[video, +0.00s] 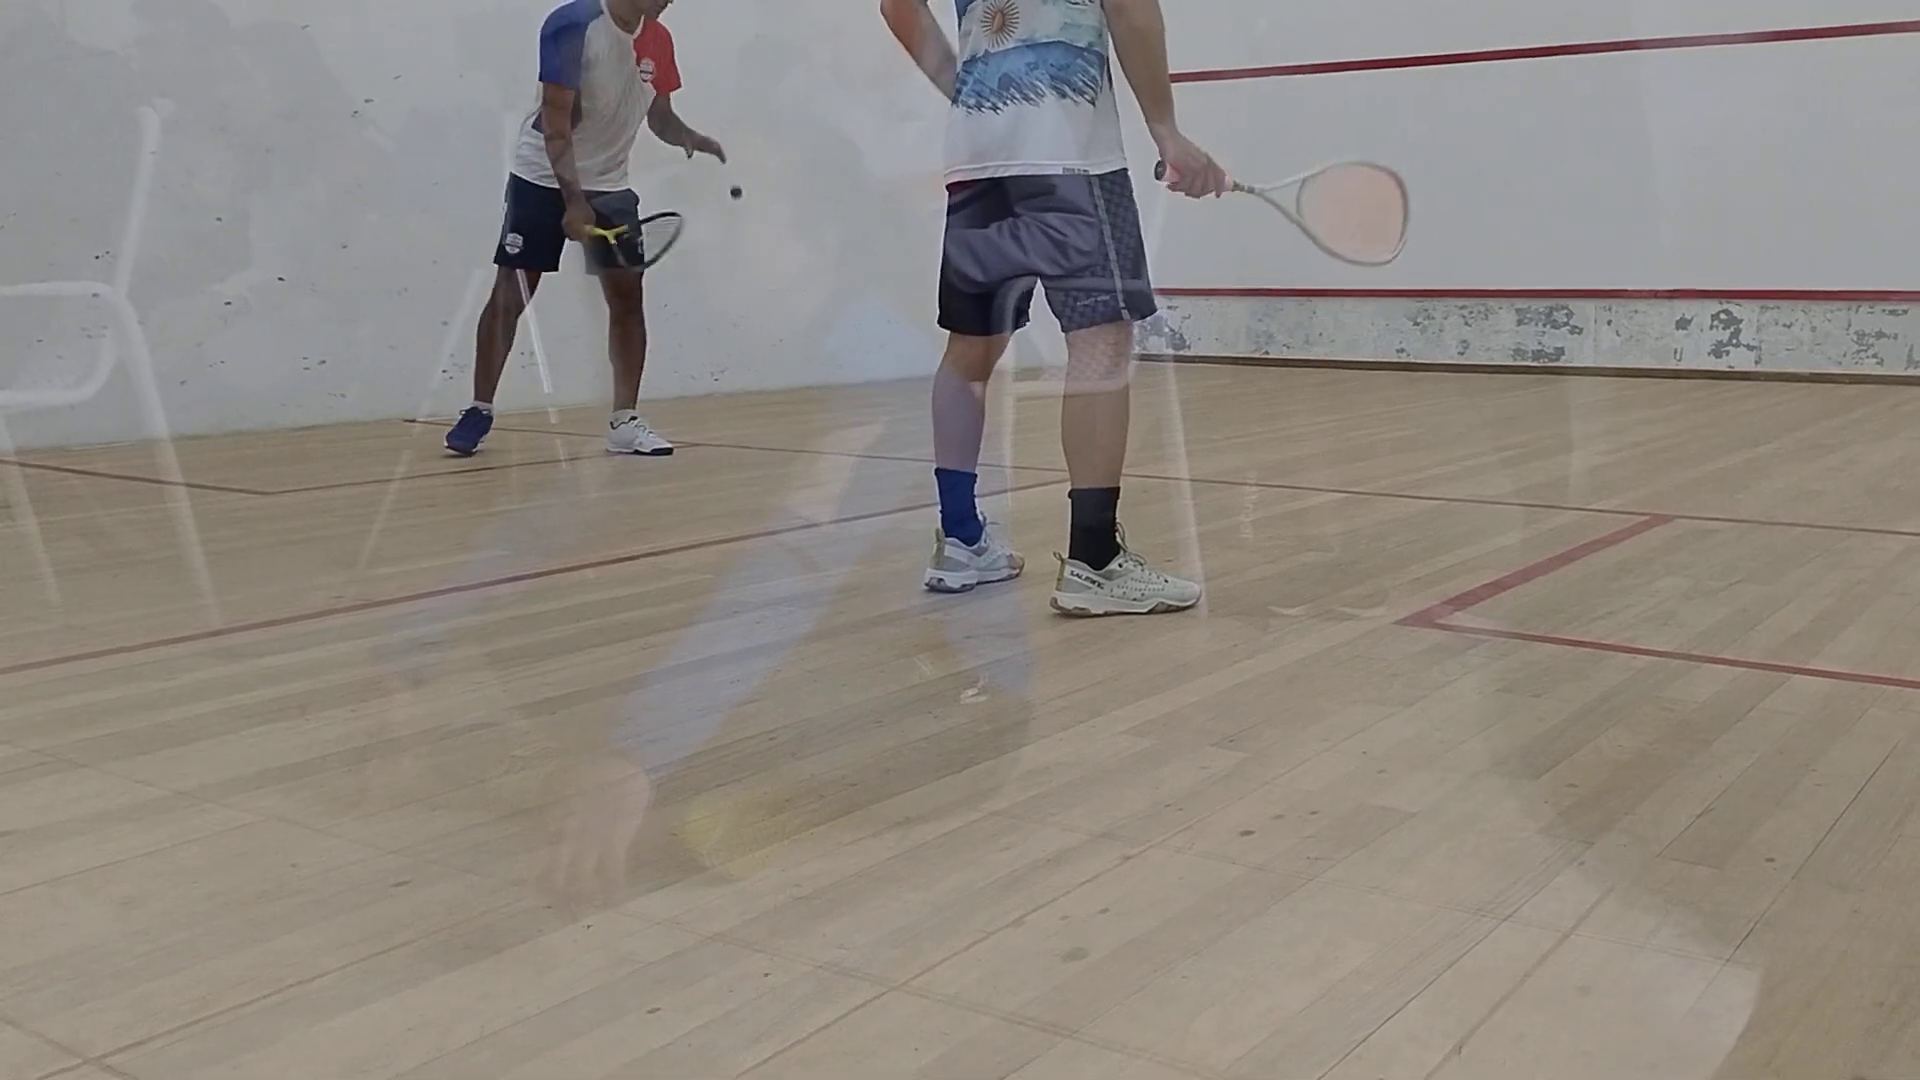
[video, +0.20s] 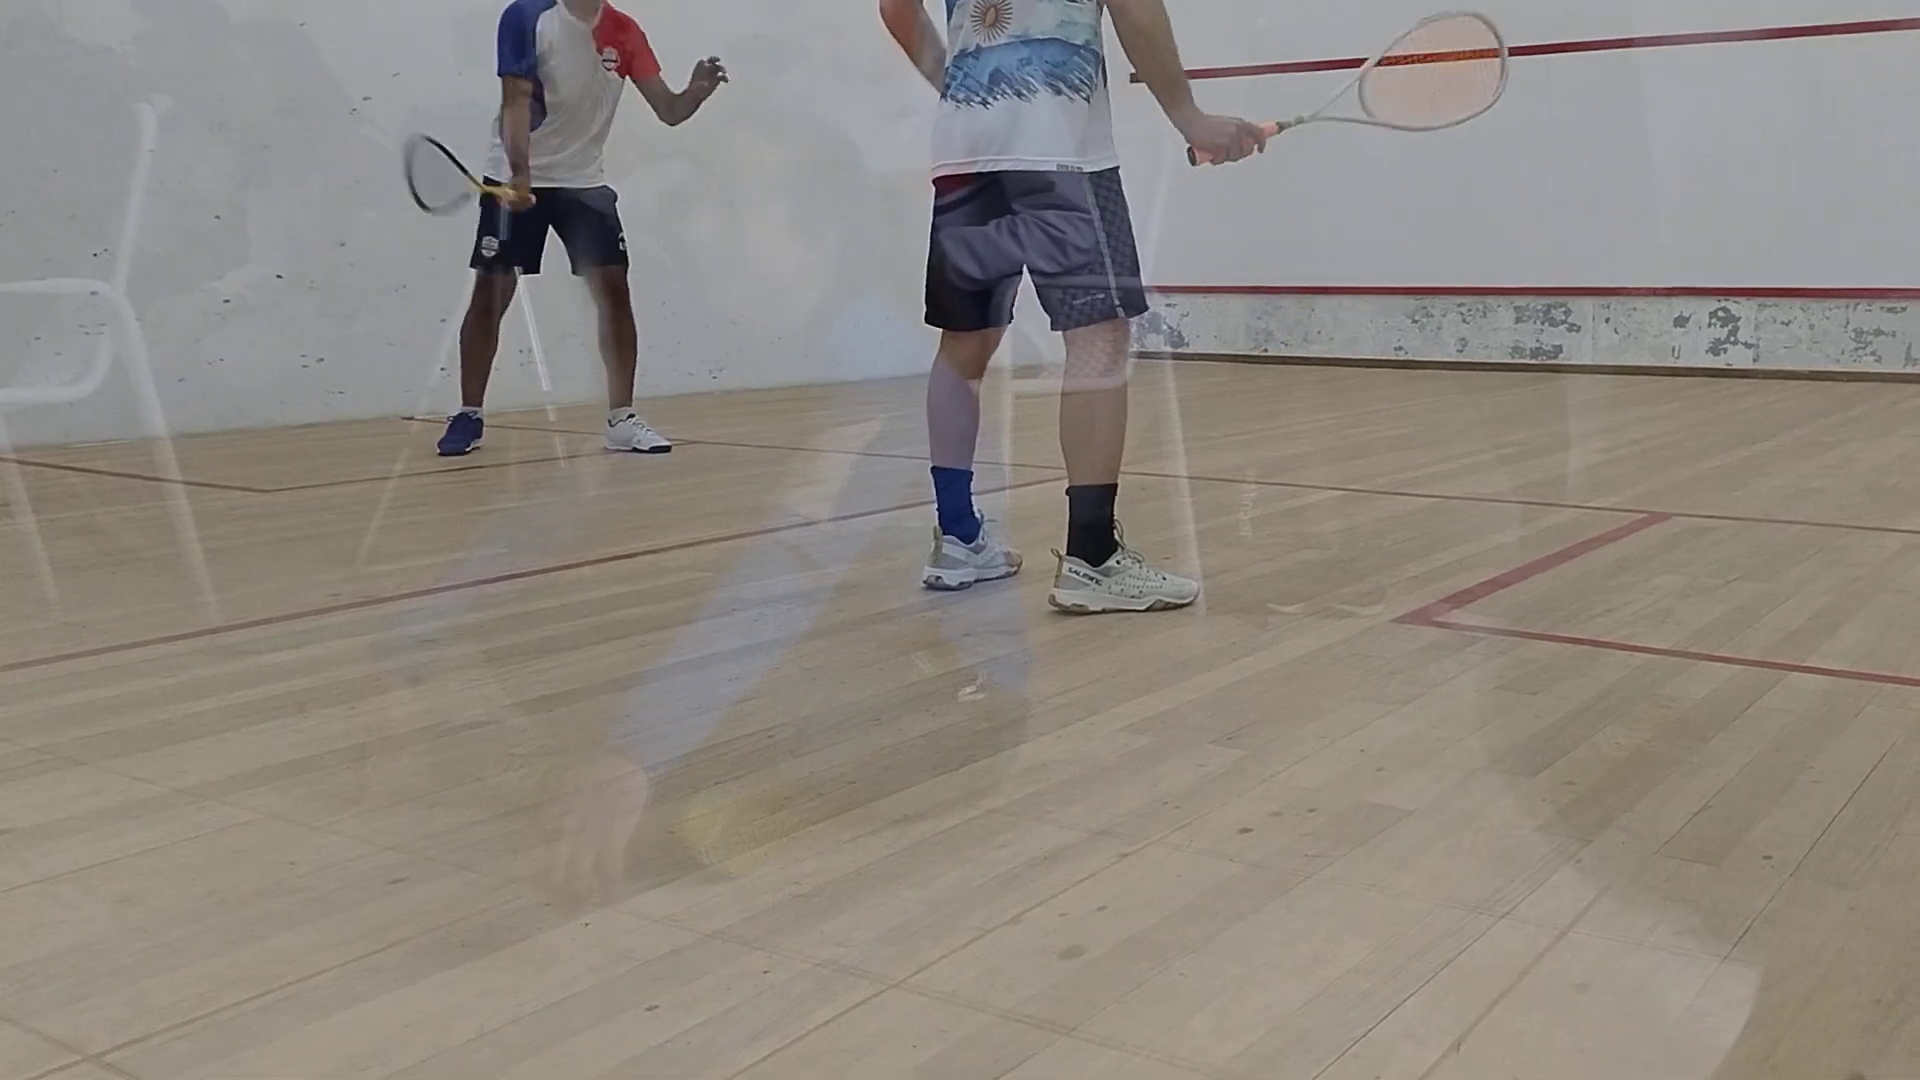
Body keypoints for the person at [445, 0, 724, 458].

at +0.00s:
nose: (664, 3)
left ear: (658, 4)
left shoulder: (657, 38)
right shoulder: (569, 27)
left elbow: (659, 115)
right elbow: (556, 126)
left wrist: (690, 138)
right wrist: (574, 200)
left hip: (608, 183)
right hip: (542, 180)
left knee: (628, 298)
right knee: (510, 296)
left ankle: (624, 422)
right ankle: (480, 409)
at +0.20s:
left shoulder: (623, 30)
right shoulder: (524, 16)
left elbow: (669, 110)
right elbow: (515, 100)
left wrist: (696, 90)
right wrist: (519, 174)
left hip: (585, 182)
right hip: (517, 177)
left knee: (614, 288)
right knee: (491, 292)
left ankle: (622, 419)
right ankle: (469, 413)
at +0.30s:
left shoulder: (600, 25)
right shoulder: (496, 17)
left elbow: (655, 99)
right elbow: (480, 96)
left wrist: (685, 83)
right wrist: (475, 146)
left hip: (566, 179)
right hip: (498, 178)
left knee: (602, 287)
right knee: (479, 297)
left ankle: (620, 419)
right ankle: (466, 415)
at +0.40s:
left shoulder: (576, 22)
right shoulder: (467, 15)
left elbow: (630, 96)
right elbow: (441, 95)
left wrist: (665, 90)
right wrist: (422, 116)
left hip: (549, 174)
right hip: (477, 173)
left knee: (587, 282)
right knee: (468, 292)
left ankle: (614, 417)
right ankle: (464, 415)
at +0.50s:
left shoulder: (554, 17)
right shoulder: (443, 12)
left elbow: (603, 98)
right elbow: (407, 89)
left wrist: (636, 117)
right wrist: (372, 78)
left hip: (535, 173)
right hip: (463, 172)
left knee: (574, 279)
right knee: (461, 290)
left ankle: (592, 417)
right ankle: (460, 414)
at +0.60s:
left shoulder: (533, 13)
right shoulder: (423, 9)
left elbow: (576, 97)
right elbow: (376, 77)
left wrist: (602, 139)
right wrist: (336, 43)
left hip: (523, 170)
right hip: (450, 169)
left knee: (556, 286)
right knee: (450, 294)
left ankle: (563, 416)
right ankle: (453, 413)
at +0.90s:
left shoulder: (506, 3)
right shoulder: (389, 6)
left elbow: (555, 73)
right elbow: (317, 51)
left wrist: (586, 103)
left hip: (500, 156)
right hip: (426, 160)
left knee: (536, 273)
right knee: (426, 284)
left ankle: (548, 406)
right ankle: (433, 408)